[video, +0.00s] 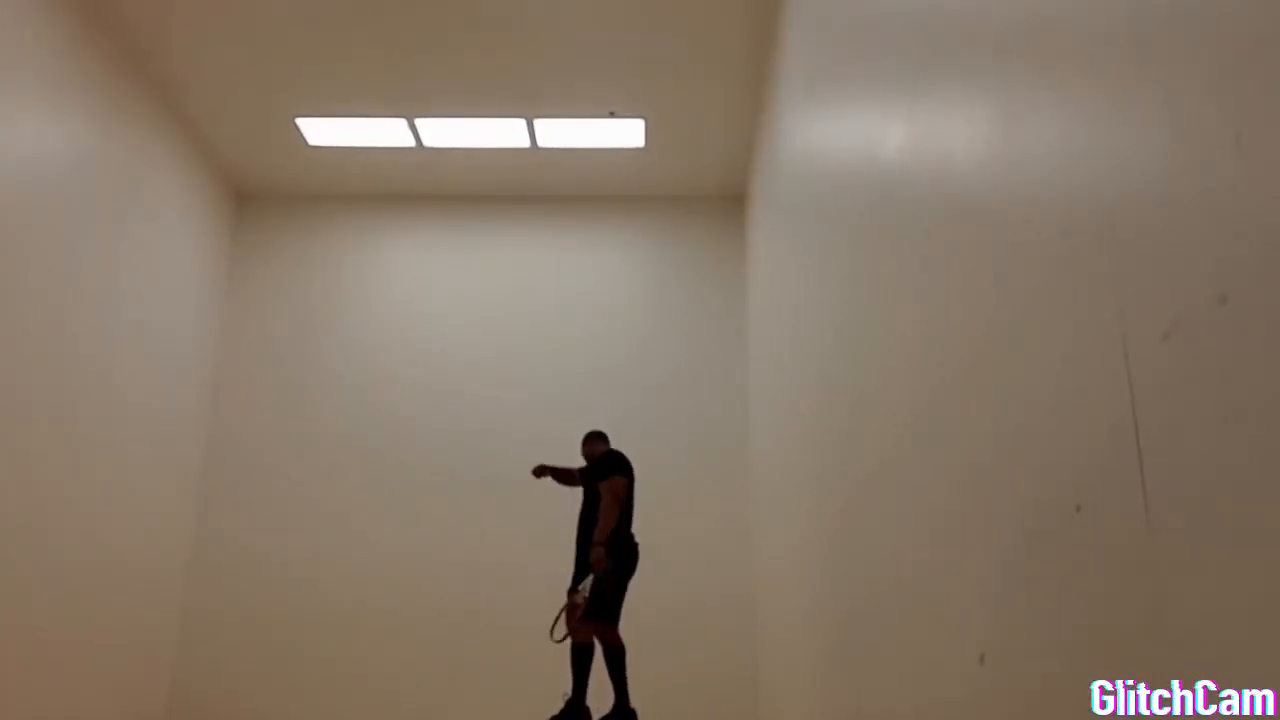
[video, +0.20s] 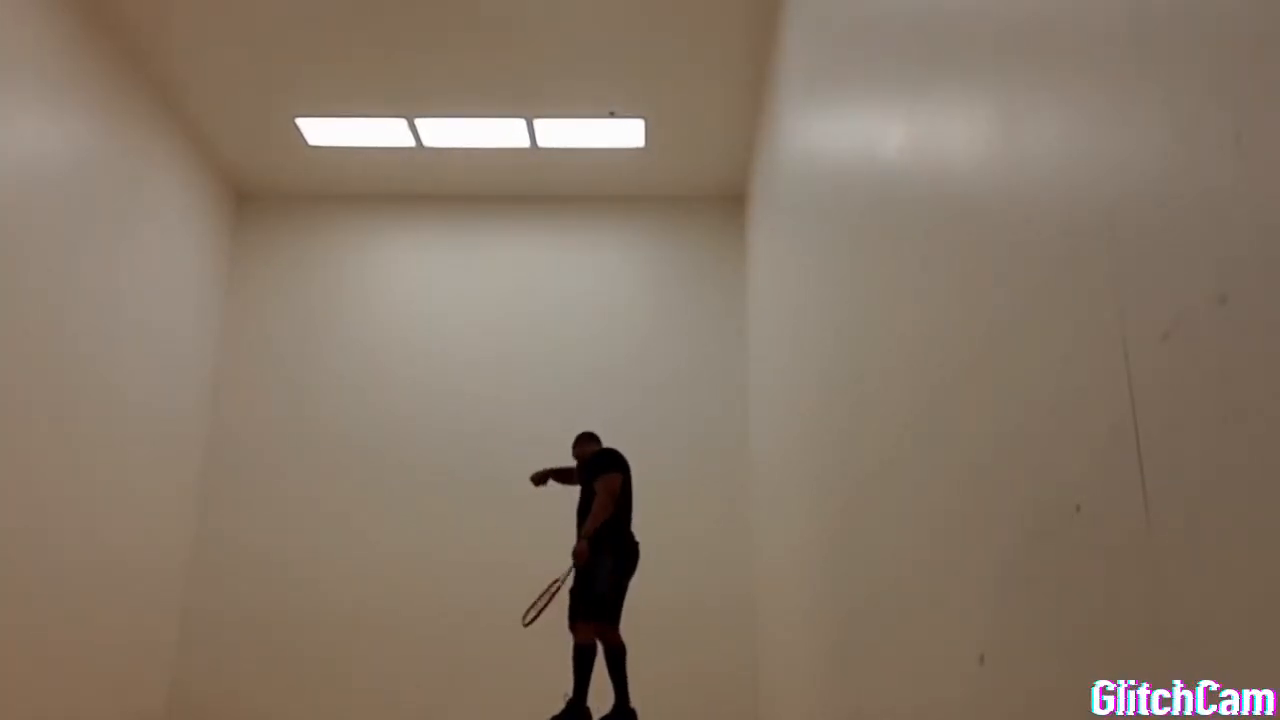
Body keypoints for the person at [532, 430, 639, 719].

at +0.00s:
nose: (585, 456)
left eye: (586, 451)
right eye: (585, 452)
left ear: (593, 446)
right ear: (604, 444)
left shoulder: (612, 462)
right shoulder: (600, 468)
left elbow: (611, 504)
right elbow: (576, 477)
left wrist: (599, 544)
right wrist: (550, 471)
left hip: (609, 556)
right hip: (613, 556)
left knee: (580, 624)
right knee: (606, 628)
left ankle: (577, 704)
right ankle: (622, 705)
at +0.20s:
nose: (576, 459)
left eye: (577, 454)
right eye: (576, 456)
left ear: (584, 448)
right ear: (596, 444)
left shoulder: (605, 459)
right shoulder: (599, 466)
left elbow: (605, 500)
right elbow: (576, 476)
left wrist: (585, 538)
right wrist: (550, 474)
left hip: (607, 551)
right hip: (613, 551)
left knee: (584, 626)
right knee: (606, 627)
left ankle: (578, 704)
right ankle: (623, 705)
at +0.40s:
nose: (569, 453)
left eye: (569, 446)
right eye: (567, 448)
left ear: (580, 440)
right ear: (586, 439)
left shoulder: (602, 459)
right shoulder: (590, 468)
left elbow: (599, 502)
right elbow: (578, 503)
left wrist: (576, 541)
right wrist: (547, 491)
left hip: (606, 551)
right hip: (599, 551)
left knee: (582, 625)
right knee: (603, 627)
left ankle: (578, 705)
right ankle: (623, 705)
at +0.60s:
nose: (560, 442)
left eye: (562, 436)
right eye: (559, 437)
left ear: (577, 432)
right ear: (579, 433)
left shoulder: (592, 459)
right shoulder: (586, 463)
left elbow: (596, 502)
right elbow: (588, 514)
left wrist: (572, 540)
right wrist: (557, 530)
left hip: (596, 550)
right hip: (598, 550)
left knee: (570, 622)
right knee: (599, 624)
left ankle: (577, 705)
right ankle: (622, 704)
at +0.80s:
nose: (558, 432)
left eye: (564, 427)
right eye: (557, 427)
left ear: (579, 428)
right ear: (561, 430)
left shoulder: (587, 456)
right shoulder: (576, 459)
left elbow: (587, 502)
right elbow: (576, 507)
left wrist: (559, 538)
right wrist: (559, 545)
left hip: (587, 549)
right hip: (582, 549)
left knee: (571, 624)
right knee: (585, 624)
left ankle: (575, 705)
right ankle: (618, 702)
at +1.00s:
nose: (556, 427)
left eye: (562, 422)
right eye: (556, 422)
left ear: (577, 425)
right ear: (569, 426)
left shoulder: (583, 455)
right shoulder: (576, 456)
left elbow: (573, 501)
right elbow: (567, 506)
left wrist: (540, 531)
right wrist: (545, 536)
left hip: (582, 547)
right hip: (575, 547)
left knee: (568, 623)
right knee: (568, 623)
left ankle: (609, 694)